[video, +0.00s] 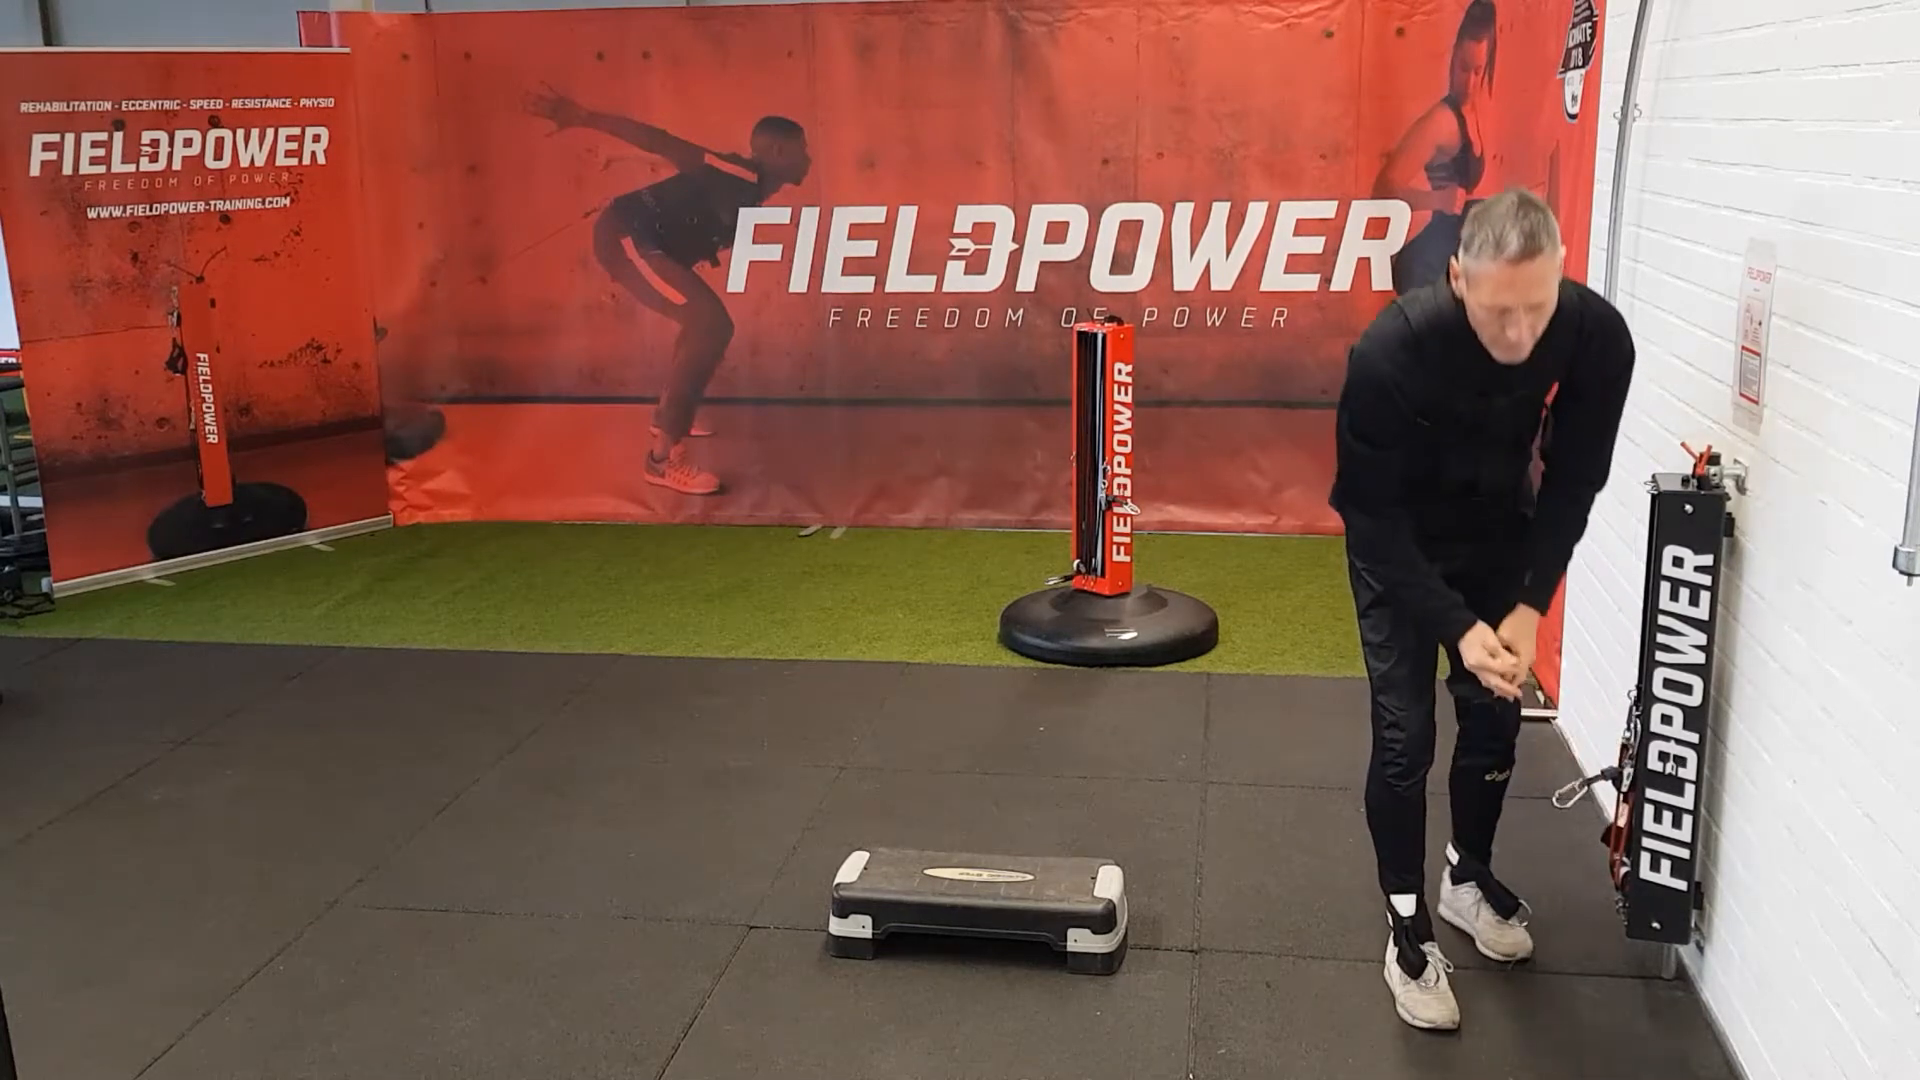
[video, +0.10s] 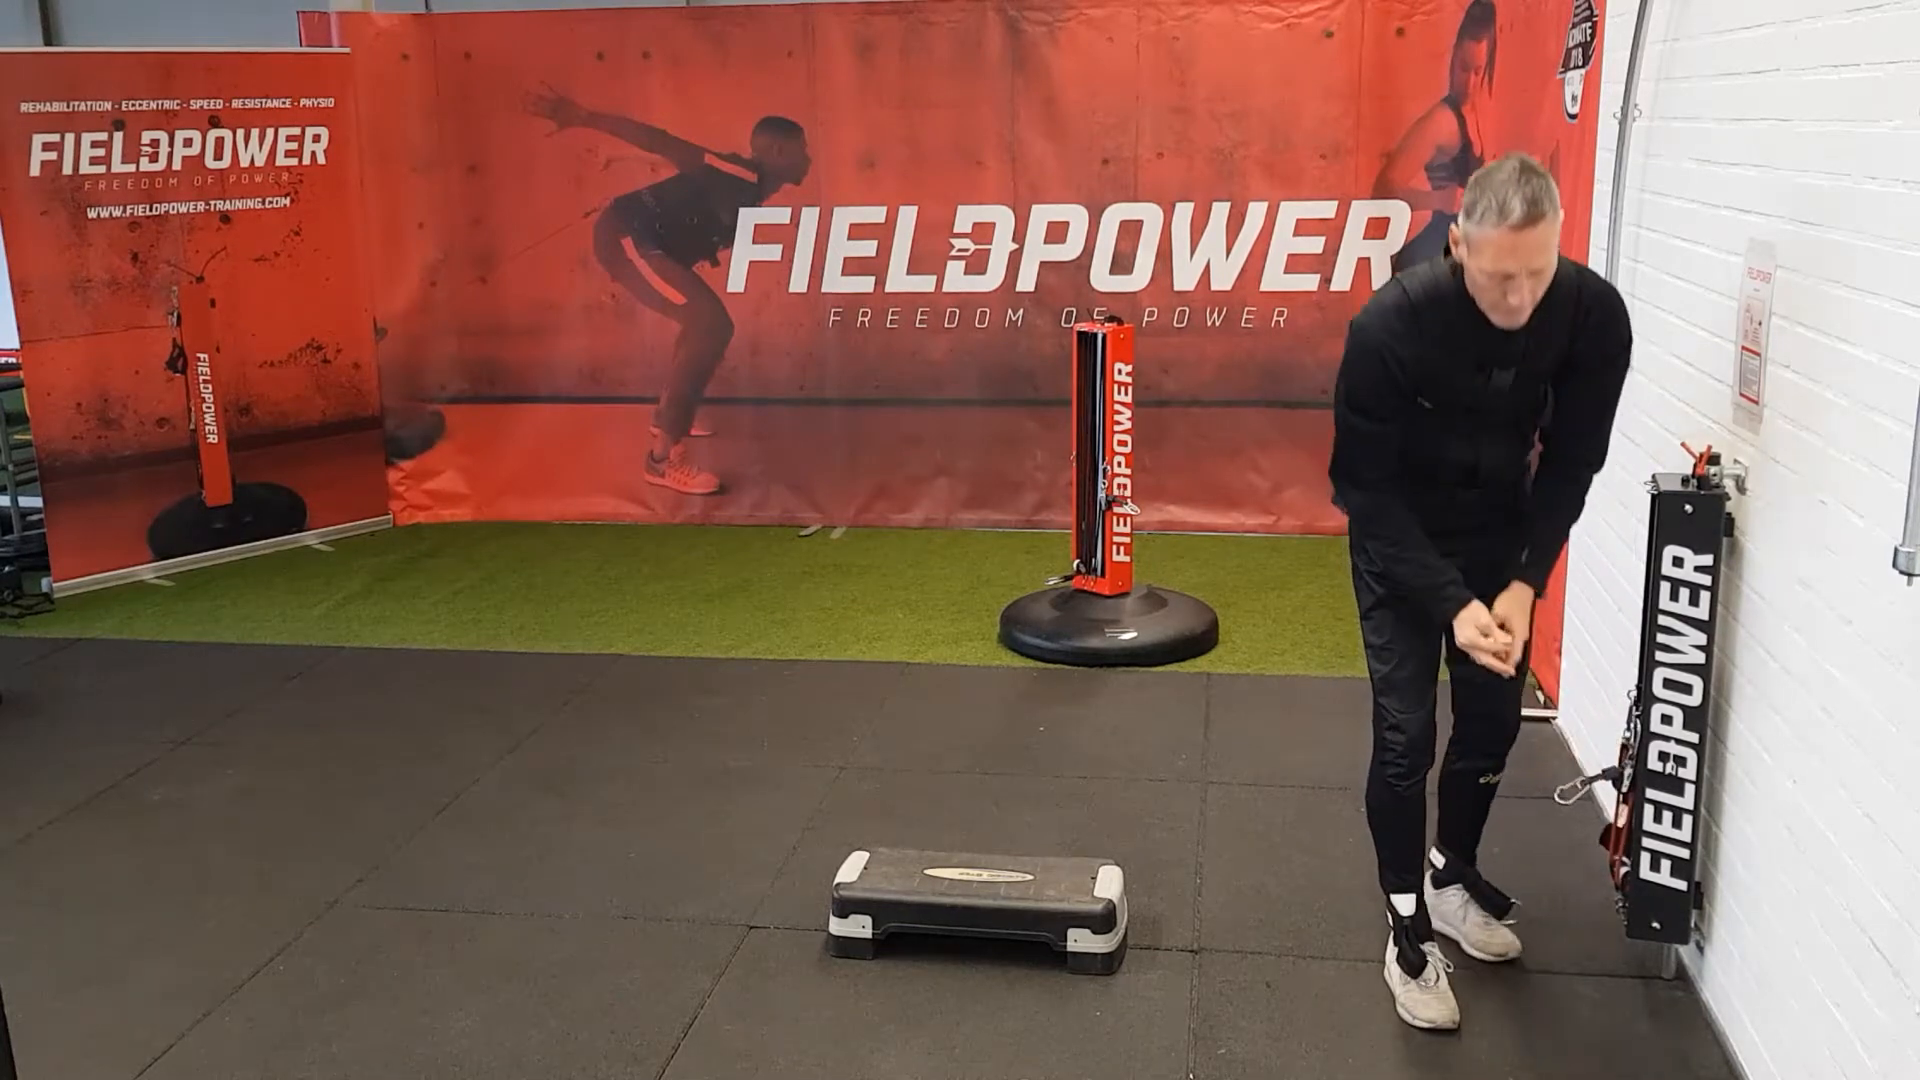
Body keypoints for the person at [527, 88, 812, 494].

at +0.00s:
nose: (808, 158)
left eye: (805, 149)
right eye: (801, 149)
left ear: (774, 151)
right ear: (773, 150)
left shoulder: (745, 185)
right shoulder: (735, 180)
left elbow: (660, 142)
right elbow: (659, 141)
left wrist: (583, 116)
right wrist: (583, 117)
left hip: (639, 234)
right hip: (627, 233)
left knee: (709, 322)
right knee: (713, 326)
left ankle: (670, 414)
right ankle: (664, 457)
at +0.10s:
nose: (808, 158)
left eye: (805, 149)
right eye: (801, 149)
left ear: (774, 151)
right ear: (774, 150)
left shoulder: (746, 186)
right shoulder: (734, 179)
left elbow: (660, 142)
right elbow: (658, 141)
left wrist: (583, 116)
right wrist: (583, 117)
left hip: (641, 235)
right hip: (627, 233)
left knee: (709, 322)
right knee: (713, 326)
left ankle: (670, 413)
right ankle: (664, 457)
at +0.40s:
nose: (807, 159)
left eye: (804, 150)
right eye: (800, 150)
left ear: (774, 151)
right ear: (772, 150)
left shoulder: (750, 191)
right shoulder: (736, 177)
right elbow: (661, 143)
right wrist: (582, 117)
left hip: (643, 236)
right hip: (627, 234)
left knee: (708, 322)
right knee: (713, 325)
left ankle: (670, 414)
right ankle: (665, 457)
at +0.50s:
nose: (807, 159)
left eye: (804, 150)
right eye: (801, 150)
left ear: (773, 151)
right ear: (772, 150)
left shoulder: (749, 189)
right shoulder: (737, 178)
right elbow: (662, 143)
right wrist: (582, 117)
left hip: (642, 237)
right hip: (627, 235)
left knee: (710, 322)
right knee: (712, 325)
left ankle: (670, 413)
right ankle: (665, 458)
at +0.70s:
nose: (807, 159)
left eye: (804, 150)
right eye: (800, 150)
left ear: (774, 152)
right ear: (772, 150)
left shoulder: (749, 191)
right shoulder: (735, 178)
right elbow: (661, 142)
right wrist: (582, 117)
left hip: (644, 236)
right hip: (627, 233)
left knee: (709, 322)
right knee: (712, 325)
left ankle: (670, 414)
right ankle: (665, 457)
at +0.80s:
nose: (807, 159)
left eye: (804, 150)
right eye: (801, 150)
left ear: (773, 151)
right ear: (772, 150)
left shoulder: (748, 188)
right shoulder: (736, 178)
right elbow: (662, 143)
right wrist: (582, 117)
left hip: (642, 236)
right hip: (627, 235)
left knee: (710, 322)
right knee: (712, 325)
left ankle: (670, 413)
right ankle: (665, 457)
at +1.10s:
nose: (807, 159)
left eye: (804, 150)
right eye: (801, 150)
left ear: (773, 151)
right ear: (772, 150)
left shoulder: (748, 188)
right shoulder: (736, 177)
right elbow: (662, 143)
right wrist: (582, 117)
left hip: (642, 236)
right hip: (627, 234)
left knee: (710, 321)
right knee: (712, 325)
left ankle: (670, 413)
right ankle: (665, 457)